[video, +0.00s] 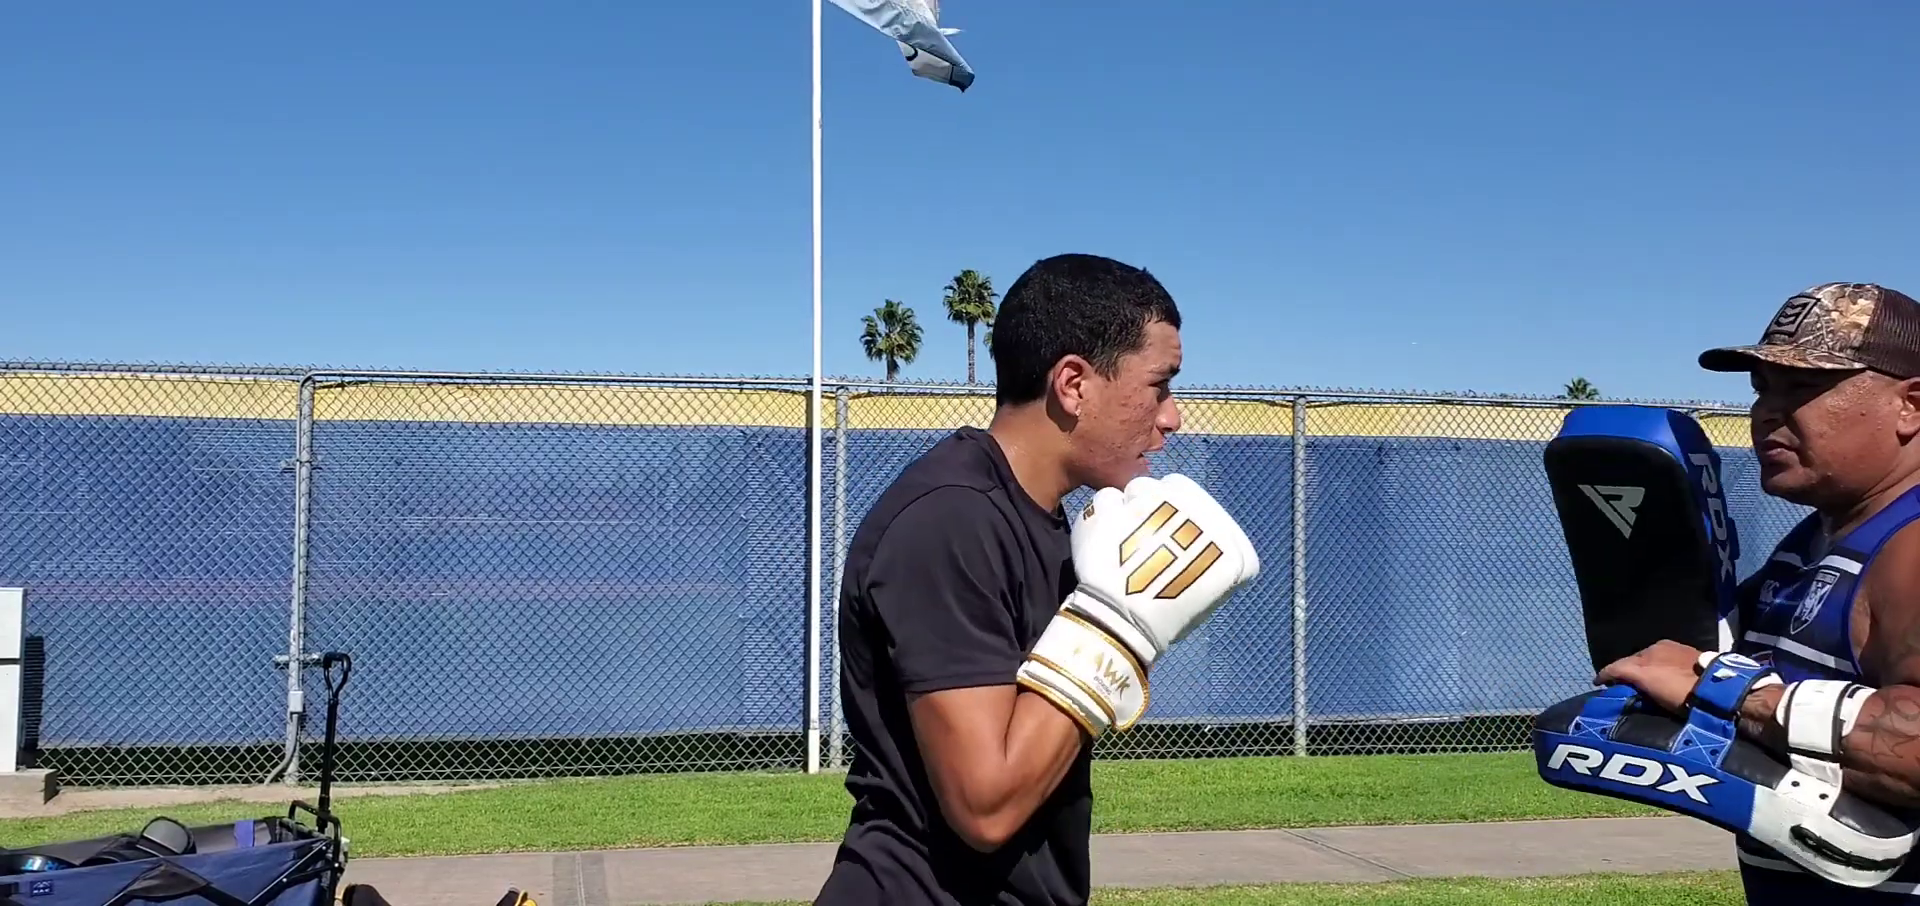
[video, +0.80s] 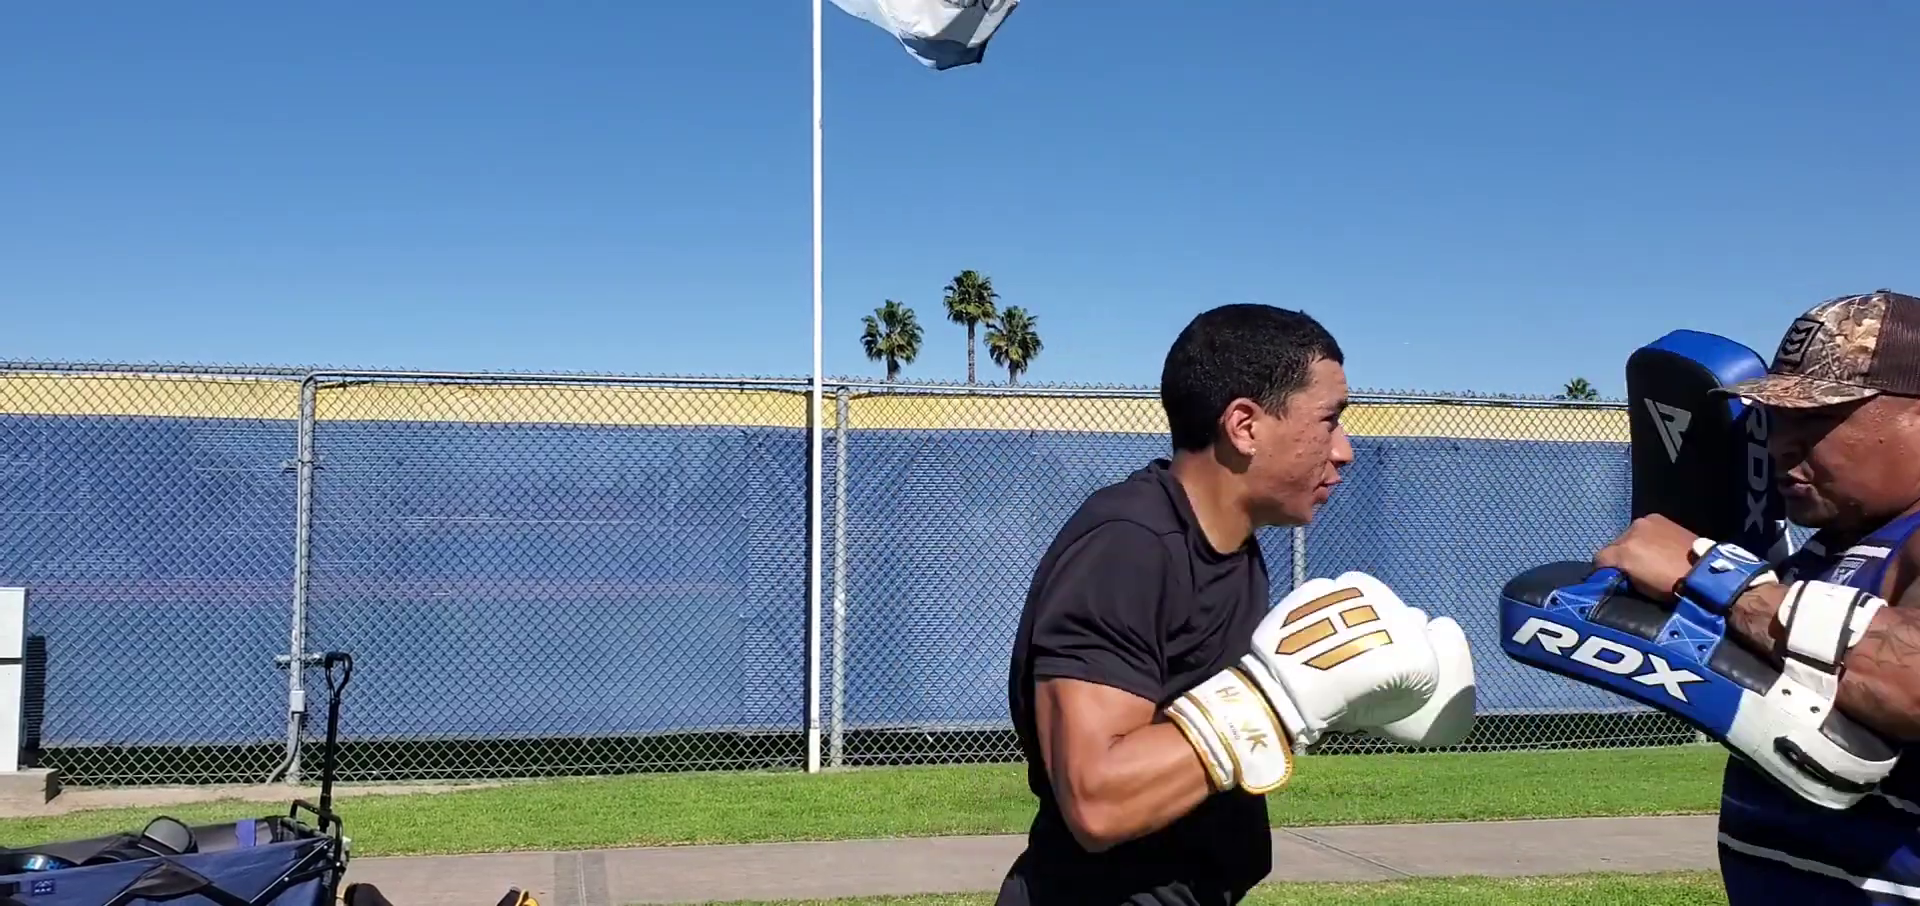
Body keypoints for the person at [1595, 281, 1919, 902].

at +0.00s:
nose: (1763, 414)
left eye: (1801, 388)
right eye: (1762, 390)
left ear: (1908, 406)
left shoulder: (1909, 554)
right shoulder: (1807, 540)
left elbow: (1908, 748)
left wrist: (1725, 687)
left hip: (1871, 886)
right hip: (1780, 881)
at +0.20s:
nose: (1779, 410)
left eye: (1813, 384)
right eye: (1777, 388)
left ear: (1915, 400)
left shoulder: (1912, 530)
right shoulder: (1803, 552)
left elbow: (1902, 678)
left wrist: (1686, 647)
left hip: (1887, 887)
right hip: (1797, 882)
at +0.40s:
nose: (1761, 422)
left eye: (1794, 393)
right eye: (1760, 396)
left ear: (1908, 406)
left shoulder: (1909, 537)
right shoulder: (1770, 549)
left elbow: (1897, 659)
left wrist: (1753, 605)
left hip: (1881, 888)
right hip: (1762, 879)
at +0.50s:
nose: (1766, 441)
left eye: (1803, 413)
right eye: (1767, 413)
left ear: (1911, 423)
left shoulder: (1913, 561)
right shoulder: (1765, 527)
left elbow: (1907, 741)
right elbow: (1638, 574)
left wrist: (1792, 646)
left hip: (1889, 886)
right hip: (1767, 878)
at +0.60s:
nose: (1748, 443)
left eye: (1780, 412)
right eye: (1747, 414)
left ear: (1899, 415)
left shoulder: (1916, 565)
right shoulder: (1773, 540)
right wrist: (1621, 470)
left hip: (1887, 892)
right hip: (1763, 879)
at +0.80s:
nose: (1780, 450)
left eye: (1814, 421)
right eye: (1777, 420)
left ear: (1912, 413)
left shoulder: (1915, 546)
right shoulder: (1806, 550)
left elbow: (1905, 690)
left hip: (1883, 890)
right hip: (1770, 880)